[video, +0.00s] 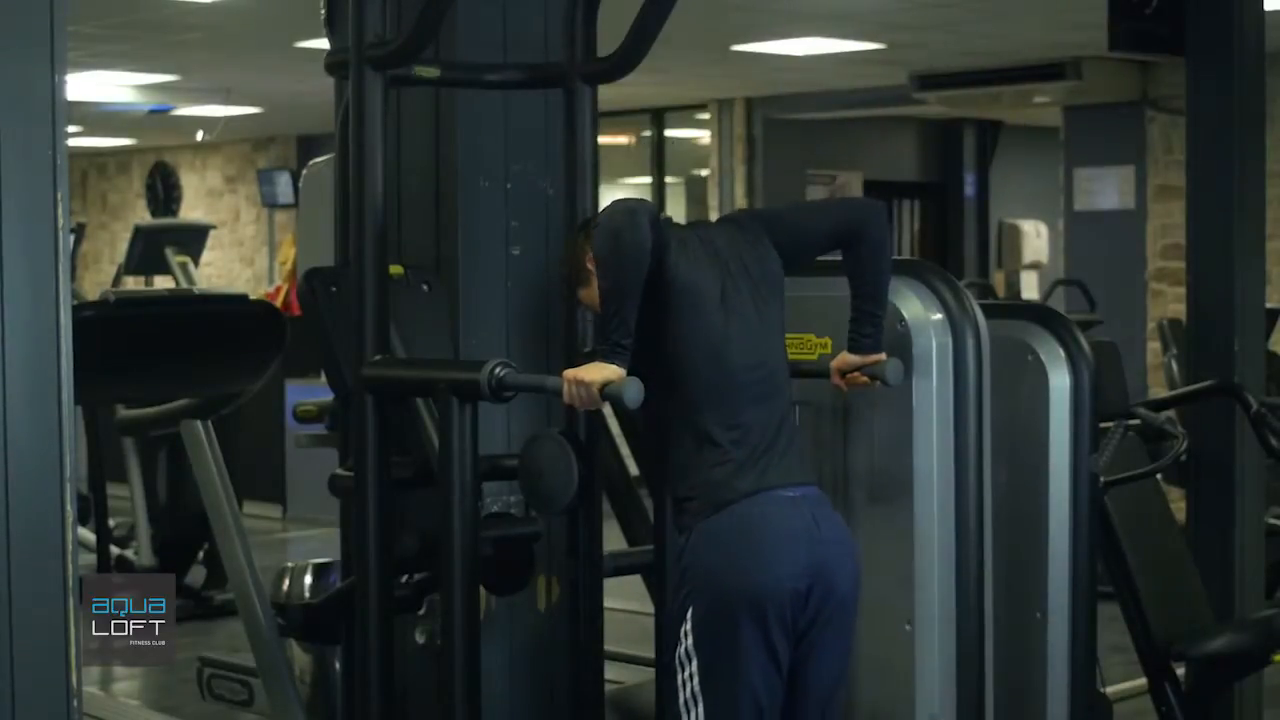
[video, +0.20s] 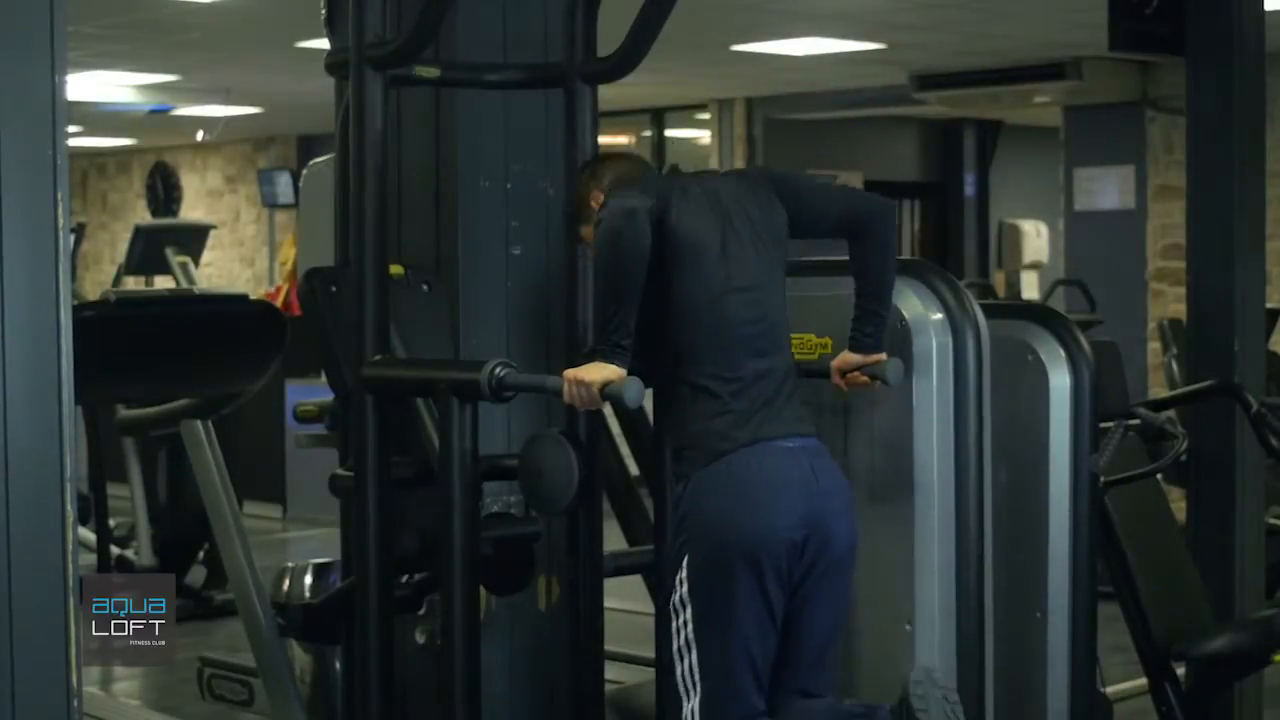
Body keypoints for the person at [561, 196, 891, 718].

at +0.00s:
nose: (600, 310)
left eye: (592, 297)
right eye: (593, 304)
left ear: (596, 262)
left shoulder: (639, 248)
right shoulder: (747, 233)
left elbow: (628, 215)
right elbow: (867, 216)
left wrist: (611, 352)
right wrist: (866, 341)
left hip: (728, 537)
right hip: (815, 517)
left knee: (723, 705)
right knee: (816, 707)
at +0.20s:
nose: (592, 235)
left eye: (591, 222)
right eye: (588, 227)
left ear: (605, 200)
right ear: (655, 170)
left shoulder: (633, 195)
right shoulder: (755, 187)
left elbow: (626, 221)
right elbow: (874, 214)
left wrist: (611, 352)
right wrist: (868, 342)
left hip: (725, 483)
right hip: (811, 465)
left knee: (720, 702)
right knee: (805, 698)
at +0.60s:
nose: (612, 140)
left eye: (604, 124)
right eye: (604, 131)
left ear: (616, 89)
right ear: (673, 72)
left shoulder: (647, 106)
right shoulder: (772, 111)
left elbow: (638, 217)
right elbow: (861, 209)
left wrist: (612, 351)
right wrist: (866, 340)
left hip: (715, 398)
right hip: (804, 386)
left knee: (699, 650)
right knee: (771, 616)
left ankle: (870, 700)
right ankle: (867, 633)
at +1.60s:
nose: (595, 225)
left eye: (591, 215)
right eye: (589, 220)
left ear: (604, 189)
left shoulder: (638, 183)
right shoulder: (759, 184)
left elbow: (619, 224)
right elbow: (877, 210)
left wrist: (613, 348)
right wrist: (870, 338)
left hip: (723, 489)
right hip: (809, 471)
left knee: (714, 704)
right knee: (799, 701)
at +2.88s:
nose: (608, 132)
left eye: (601, 117)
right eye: (600, 125)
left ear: (611, 80)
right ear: (670, 58)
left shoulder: (644, 93)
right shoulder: (772, 99)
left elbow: (634, 202)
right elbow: (861, 196)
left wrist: (613, 340)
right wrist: (867, 328)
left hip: (718, 384)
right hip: (807, 375)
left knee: (704, 639)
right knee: (772, 604)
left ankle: (885, 690)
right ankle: (874, 614)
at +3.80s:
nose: (597, 223)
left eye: (594, 212)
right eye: (591, 220)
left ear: (606, 182)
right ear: (648, 155)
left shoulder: (634, 173)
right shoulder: (761, 172)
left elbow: (622, 209)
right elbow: (880, 197)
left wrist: (610, 334)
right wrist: (868, 325)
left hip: (723, 483)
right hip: (812, 465)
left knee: (722, 706)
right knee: (798, 696)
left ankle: (894, 708)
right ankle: (899, 708)